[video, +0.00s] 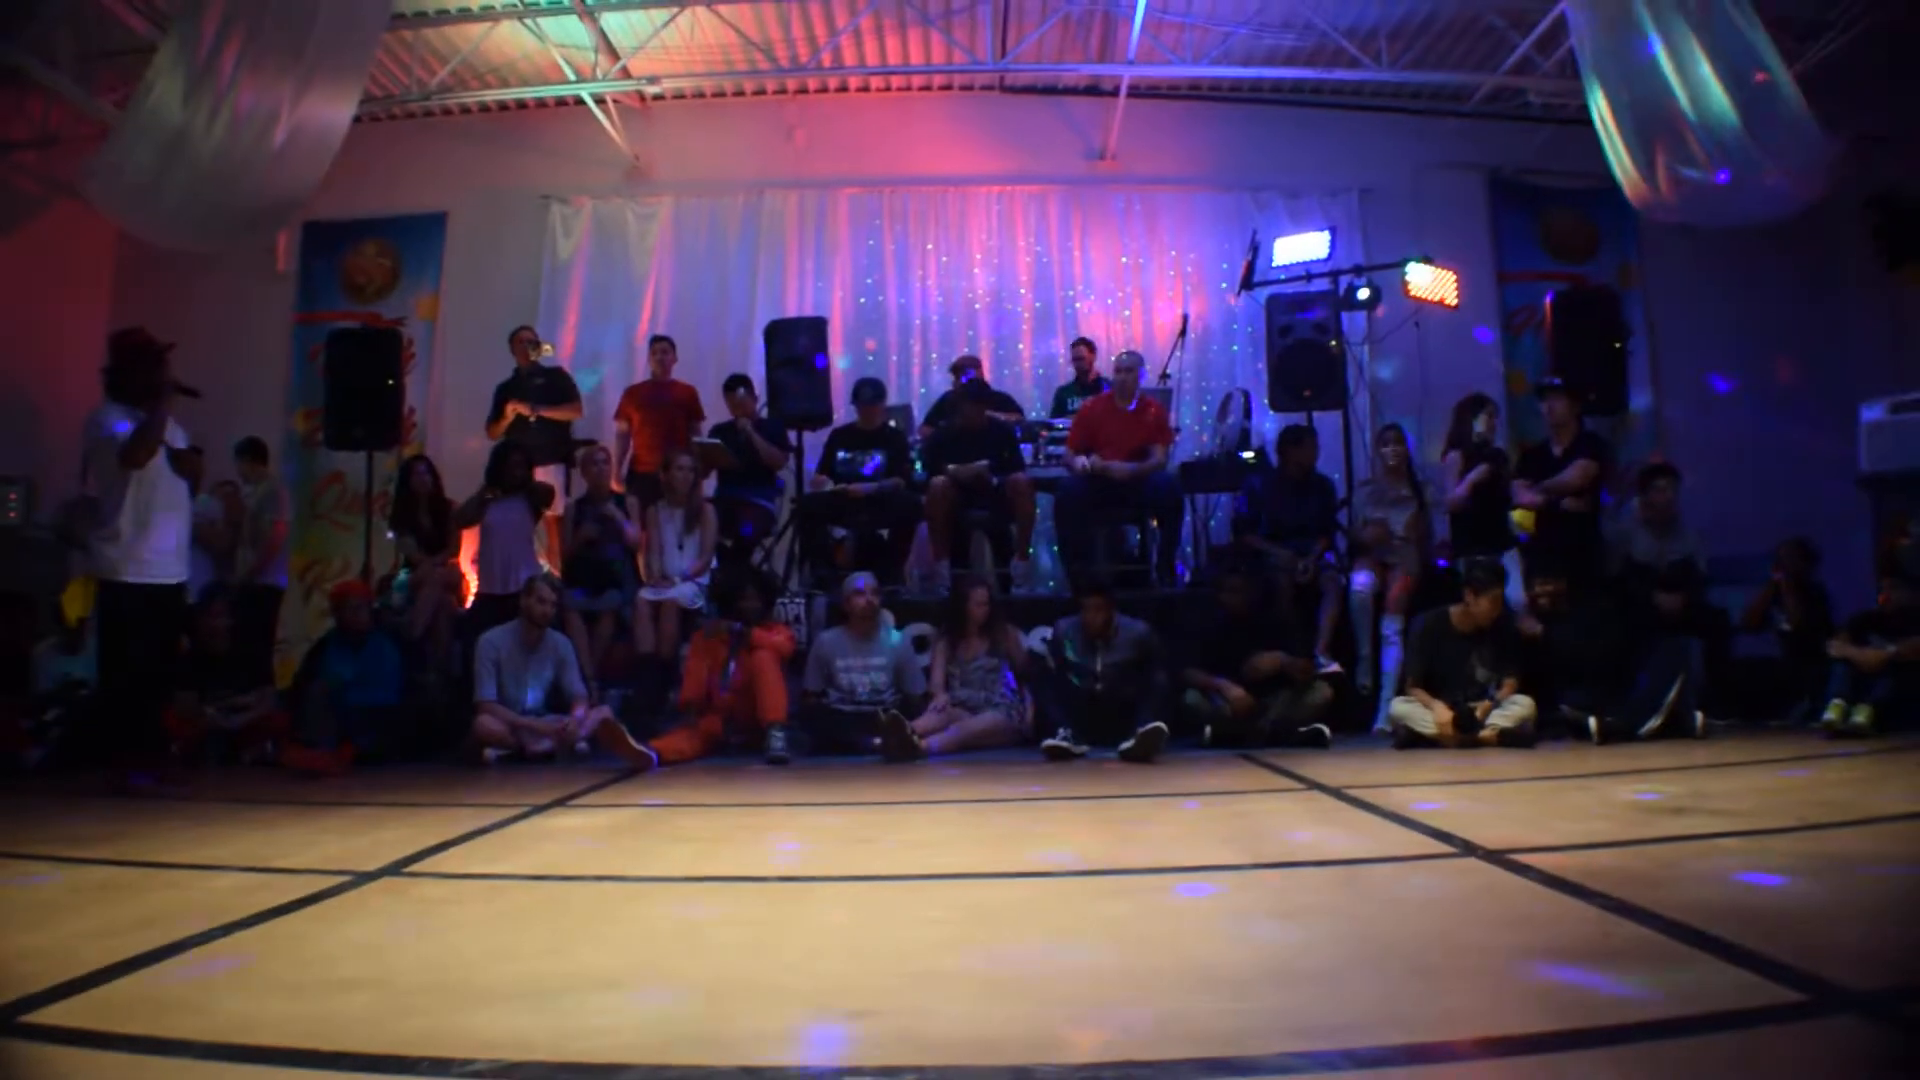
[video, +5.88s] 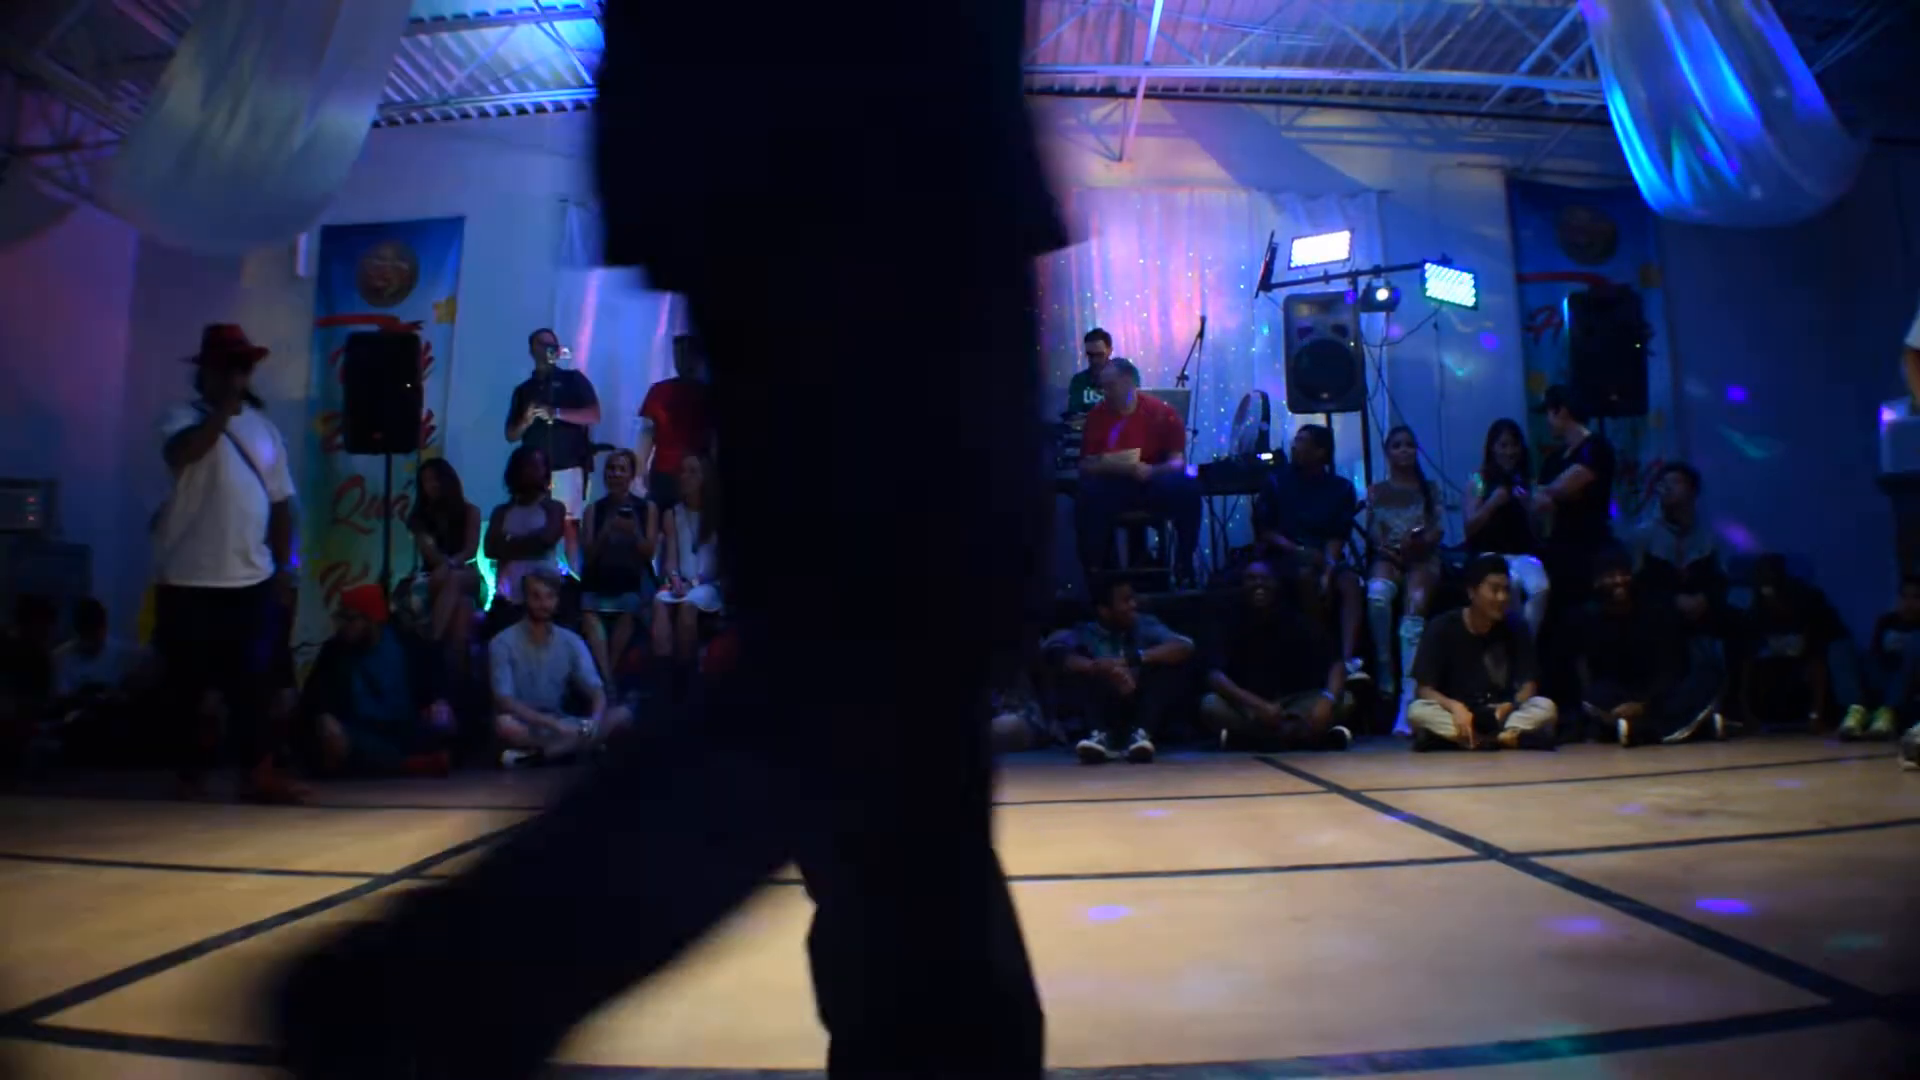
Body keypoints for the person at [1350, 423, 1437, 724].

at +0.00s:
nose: (1393, 451)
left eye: (1398, 445)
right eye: (1386, 445)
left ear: (1407, 450)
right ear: (1377, 452)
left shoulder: (1419, 490)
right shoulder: (1364, 490)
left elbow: (1426, 534)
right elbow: (1354, 530)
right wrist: (1369, 536)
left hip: (1404, 554)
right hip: (1370, 555)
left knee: (1391, 625)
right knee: (1360, 588)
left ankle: (1387, 709)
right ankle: (1364, 663)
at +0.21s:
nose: (1413, 452)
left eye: (1419, 445)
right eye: (1407, 446)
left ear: (1431, 450)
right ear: (1401, 452)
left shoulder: (1449, 491)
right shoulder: (1392, 492)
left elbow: (1457, 535)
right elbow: (1384, 534)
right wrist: (1396, 533)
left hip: (1431, 556)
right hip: (1398, 554)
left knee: (1418, 628)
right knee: (1386, 593)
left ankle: (1415, 702)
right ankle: (1393, 664)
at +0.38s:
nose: (1412, 449)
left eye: (1418, 443)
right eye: (1406, 444)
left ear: (1428, 448)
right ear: (1399, 450)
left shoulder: (1440, 487)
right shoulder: (1388, 488)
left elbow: (1447, 532)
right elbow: (1381, 530)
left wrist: (1437, 507)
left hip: (1426, 549)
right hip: (1394, 550)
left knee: (1415, 626)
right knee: (1382, 589)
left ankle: (1411, 707)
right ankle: (1389, 666)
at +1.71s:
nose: (1398, 454)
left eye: (1404, 448)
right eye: (1392, 449)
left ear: (1415, 453)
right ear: (1386, 455)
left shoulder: (1433, 489)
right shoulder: (1379, 492)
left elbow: (1444, 532)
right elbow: (1375, 532)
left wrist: (1418, 549)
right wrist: (1393, 543)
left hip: (1422, 557)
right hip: (1390, 556)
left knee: (1411, 629)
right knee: (1378, 597)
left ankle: (1408, 700)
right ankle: (1385, 668)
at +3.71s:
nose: (1399, 451)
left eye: (1405, 445)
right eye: (1393, 446)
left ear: (1415, 451)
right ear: (1386, 453)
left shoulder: (1430, 489)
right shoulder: (1377, 492)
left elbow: (1437, 531)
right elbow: (1373, 533)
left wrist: (1412, 546)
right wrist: (1387, 548)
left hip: (1420, 558)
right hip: (1388, 558)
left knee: (1412, 627)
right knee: (1379, 596)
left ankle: (1408, 697)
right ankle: (1386, 671)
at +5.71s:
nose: (1404, 451)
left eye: (1409, 445)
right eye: (1397, 446)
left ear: (1417, 451)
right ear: (1388, 452)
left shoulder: (1430, 488)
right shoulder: (1378, 491)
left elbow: (1438, 525)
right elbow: (1372, 528)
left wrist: (1420, 542)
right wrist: (1387, 547)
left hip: (1421, 555)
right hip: (1389, 555)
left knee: (1412, 628)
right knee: (1378, 596)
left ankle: (1408, 701)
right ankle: (1385, 674)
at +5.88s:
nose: (1404, 451)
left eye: (1409, 445)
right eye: (1397, 446)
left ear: (1416, 451)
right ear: (1387, 452)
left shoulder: (1430, 489)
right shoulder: (1377, 491)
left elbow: (1438, 526)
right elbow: (1372, 531)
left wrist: (1421, 543)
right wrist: (1389, 550)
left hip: (1419, 556)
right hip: (1387, 555)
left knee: (1417, 602)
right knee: (1377, 595)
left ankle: (1410, 682)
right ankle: (1385, 672)